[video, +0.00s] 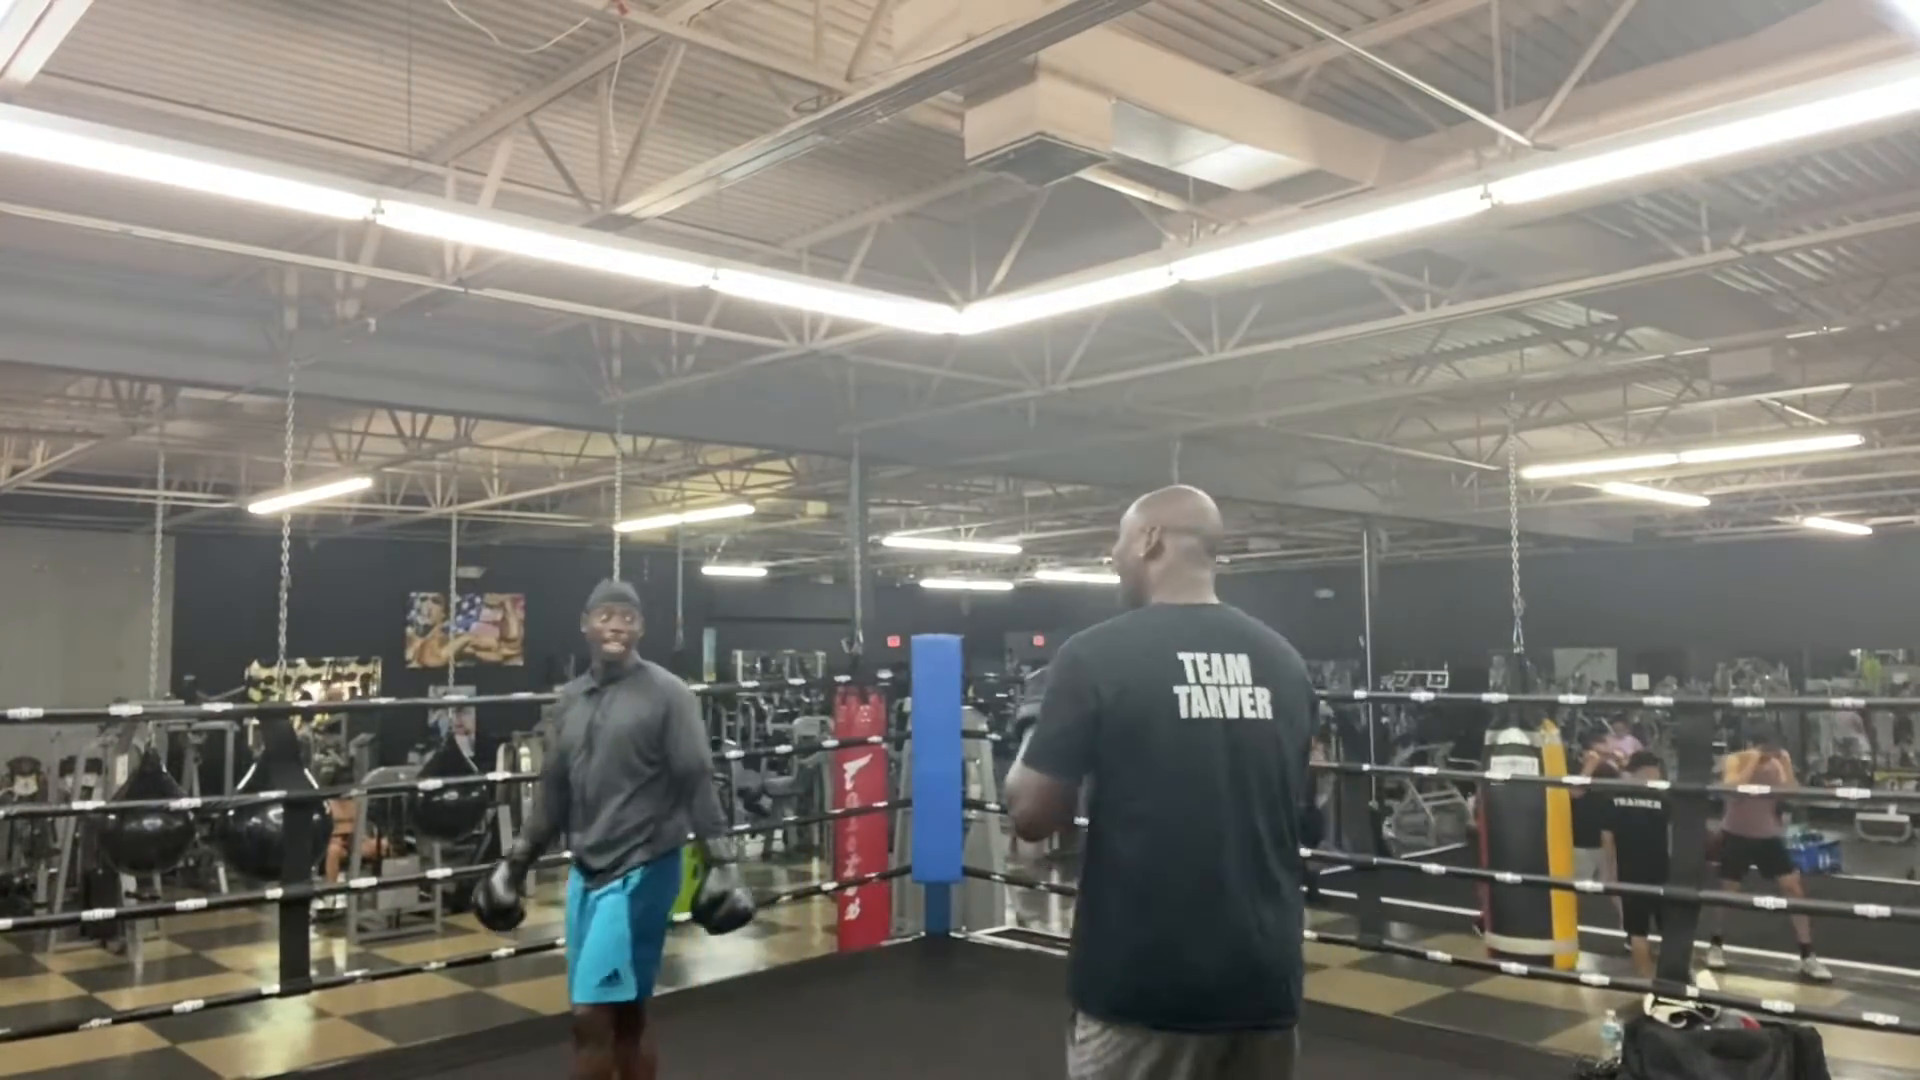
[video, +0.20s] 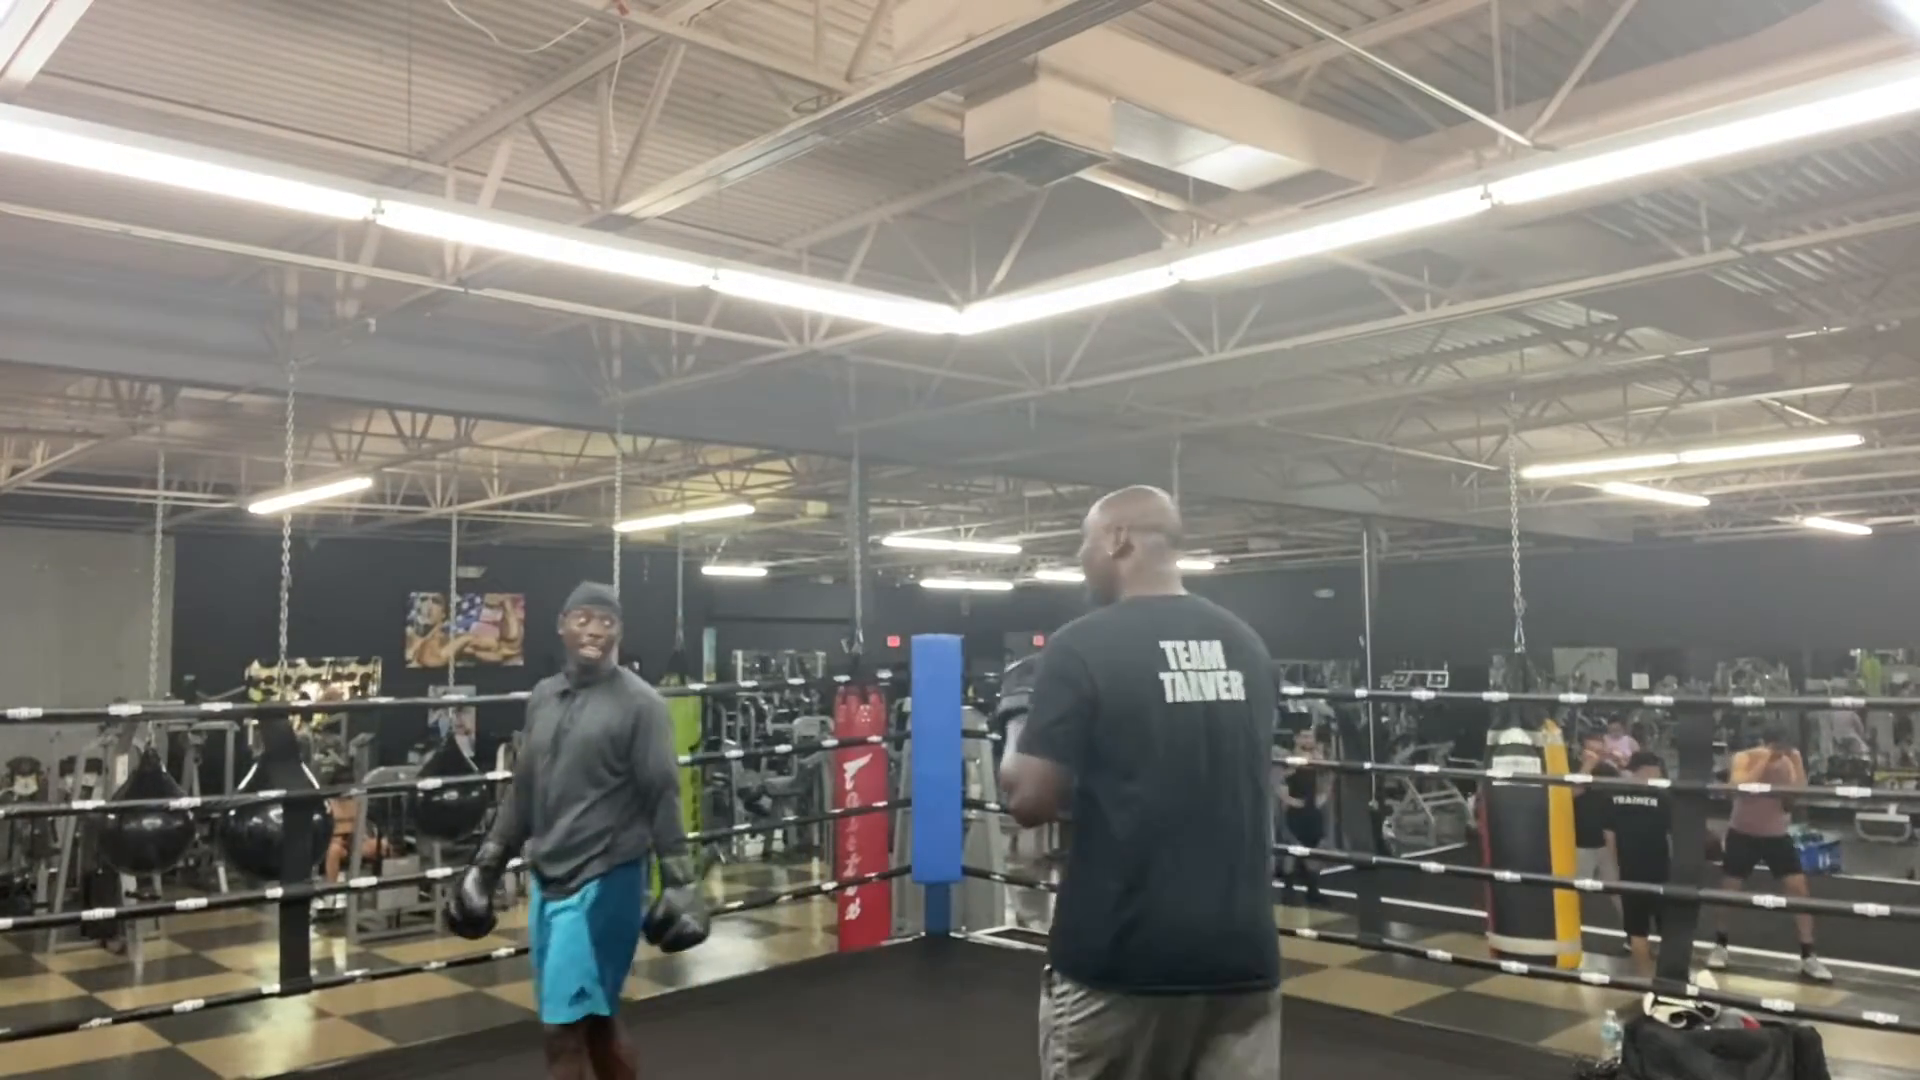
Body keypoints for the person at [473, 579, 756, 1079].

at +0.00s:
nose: (616, 627)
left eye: (627, 617)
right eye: (605, 617)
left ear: (640, 628)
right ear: (586, 627)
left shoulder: (669, 694)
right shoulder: (570, 699)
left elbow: (698, 780)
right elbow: (552, 793)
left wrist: (723, 862)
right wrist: (516, 864)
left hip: (644, 868)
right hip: (588, 869)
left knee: (591, 1014)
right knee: (620, 1020)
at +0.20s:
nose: (595, 631)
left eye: (606, 622)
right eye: (583, 619)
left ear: (619, 633)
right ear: (562, 628)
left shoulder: (641, 704)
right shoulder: (543, 697)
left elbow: (664, 796)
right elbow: (522, 792)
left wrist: (680, 882)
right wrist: (485, 869)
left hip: (606, 879)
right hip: (548, 881)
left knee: (563, 1032)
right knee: (595, 1027)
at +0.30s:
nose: (586, 631)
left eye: (598, 623)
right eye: (576, 619)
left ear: (609, 635)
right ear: (554, 625)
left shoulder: (624, 705)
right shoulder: (528, 688)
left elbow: (639, 804)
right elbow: (505, 781)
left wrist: (646, 893)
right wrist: (476, 862)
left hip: (582, 874)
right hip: (524, 876)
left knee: (555, 1021)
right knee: (551, 1011)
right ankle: (605, 1069)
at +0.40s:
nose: (573, 641)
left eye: (585, 632)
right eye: (561, 629)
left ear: (596, 639)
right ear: (536, 630)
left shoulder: (605, 709)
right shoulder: (510, 689)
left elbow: (612, 807)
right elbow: (487, 780)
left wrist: (592, 902)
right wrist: (457, 857)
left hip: (550, 889)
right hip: (489, 886)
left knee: (544, 1043)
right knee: (483, 1035)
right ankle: (564, 1075)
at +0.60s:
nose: (543, 639)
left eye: (554, 629)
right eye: (530, 626)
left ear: (564, 637)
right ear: (503, 628)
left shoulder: (578, 708)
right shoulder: (481, 686)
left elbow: (568, 814)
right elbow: (458, 788)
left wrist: (520, 901)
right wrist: (424, 867)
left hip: (535, 890)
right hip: (460, 886)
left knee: (528, 1046)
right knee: (420, 1039)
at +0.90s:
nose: (477, 644)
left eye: (489, 632)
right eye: (463, 629)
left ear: (503, 640)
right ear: (440, 635)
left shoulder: (524, 716)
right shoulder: (419, 697)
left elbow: (526, 828)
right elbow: (407, 802)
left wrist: (490, 923)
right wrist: (378, 888)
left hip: (484, 916)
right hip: (407, 913)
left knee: (504, 1062)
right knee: (389, 1064)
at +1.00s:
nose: (435, 645)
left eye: (447, 631)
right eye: (421, 630)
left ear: (463, 638)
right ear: (395, 635)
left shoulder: (490, 716)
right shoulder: (379, 709)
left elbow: (500, 829)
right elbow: (363, 814)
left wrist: (497, 930)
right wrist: (333, 900)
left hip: (445, 926)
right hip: (368, 921)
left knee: (461, 1067)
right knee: (357, 1067)